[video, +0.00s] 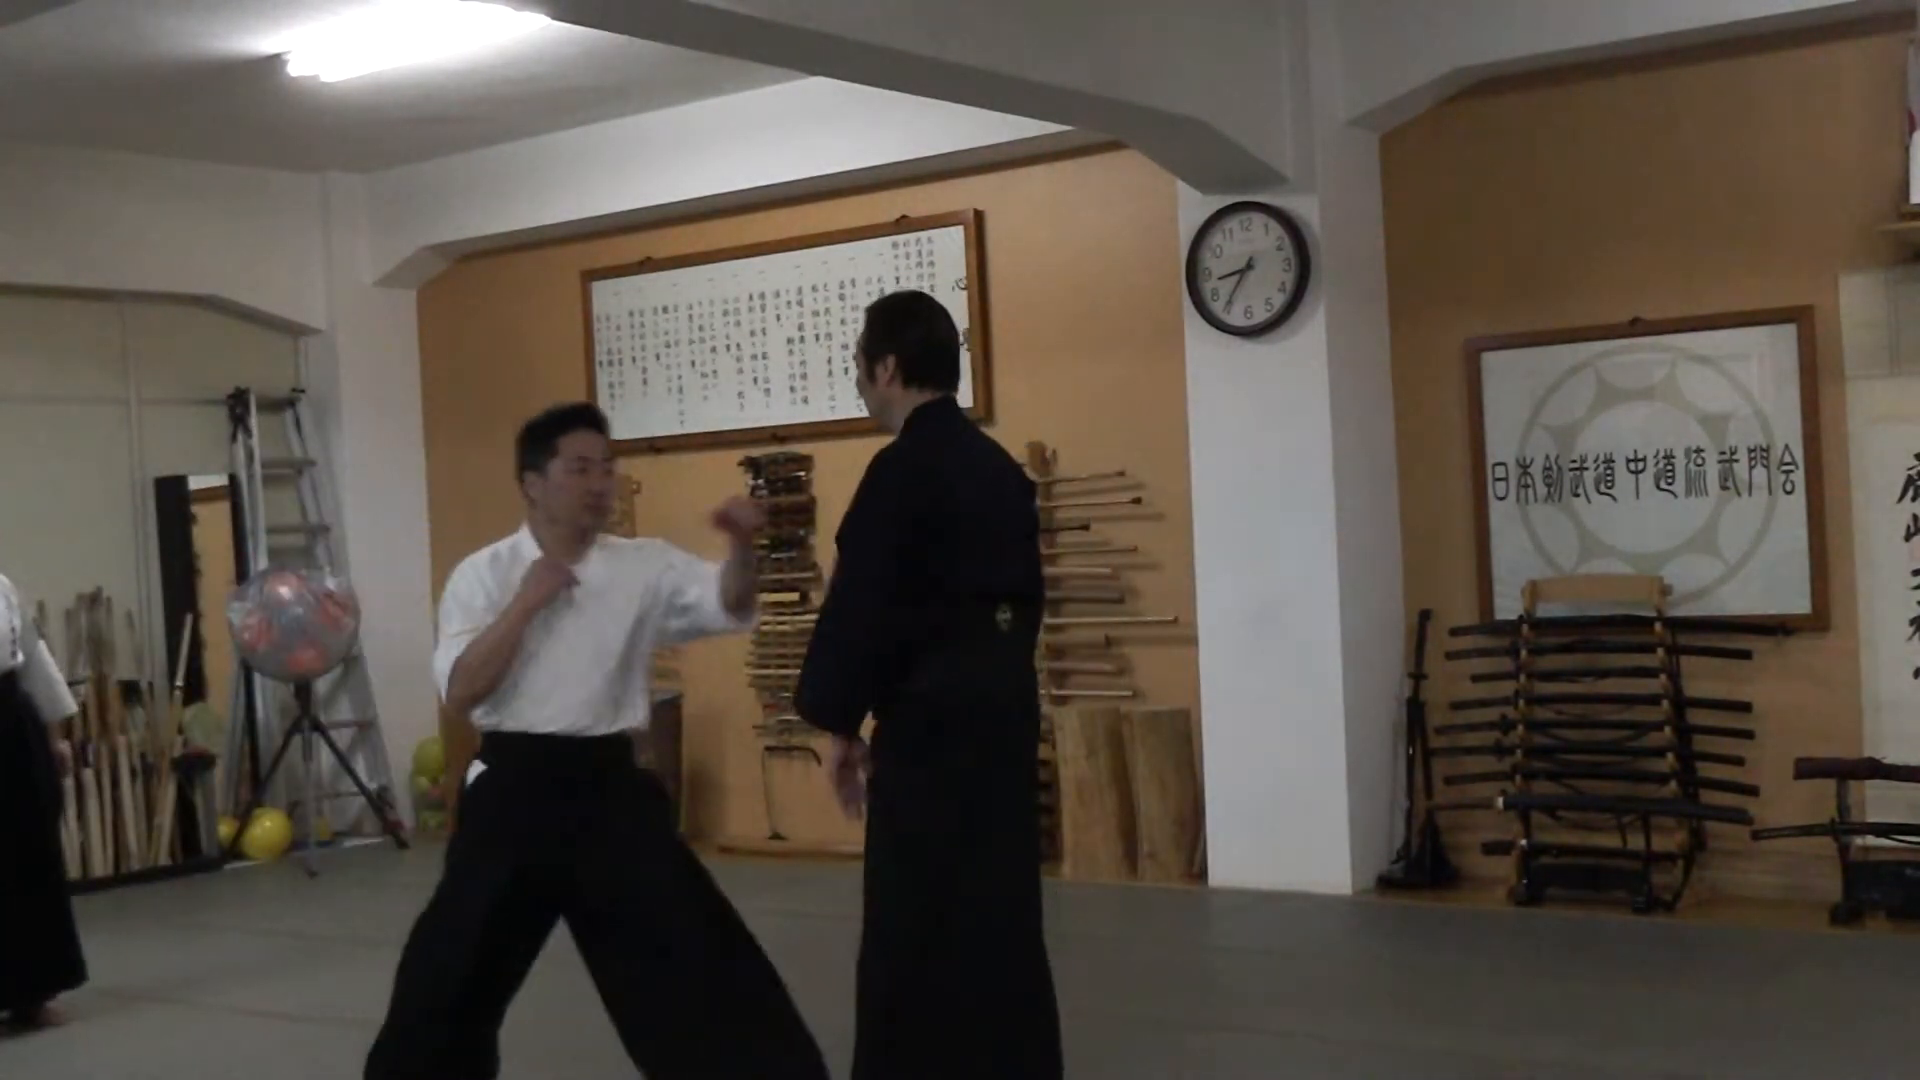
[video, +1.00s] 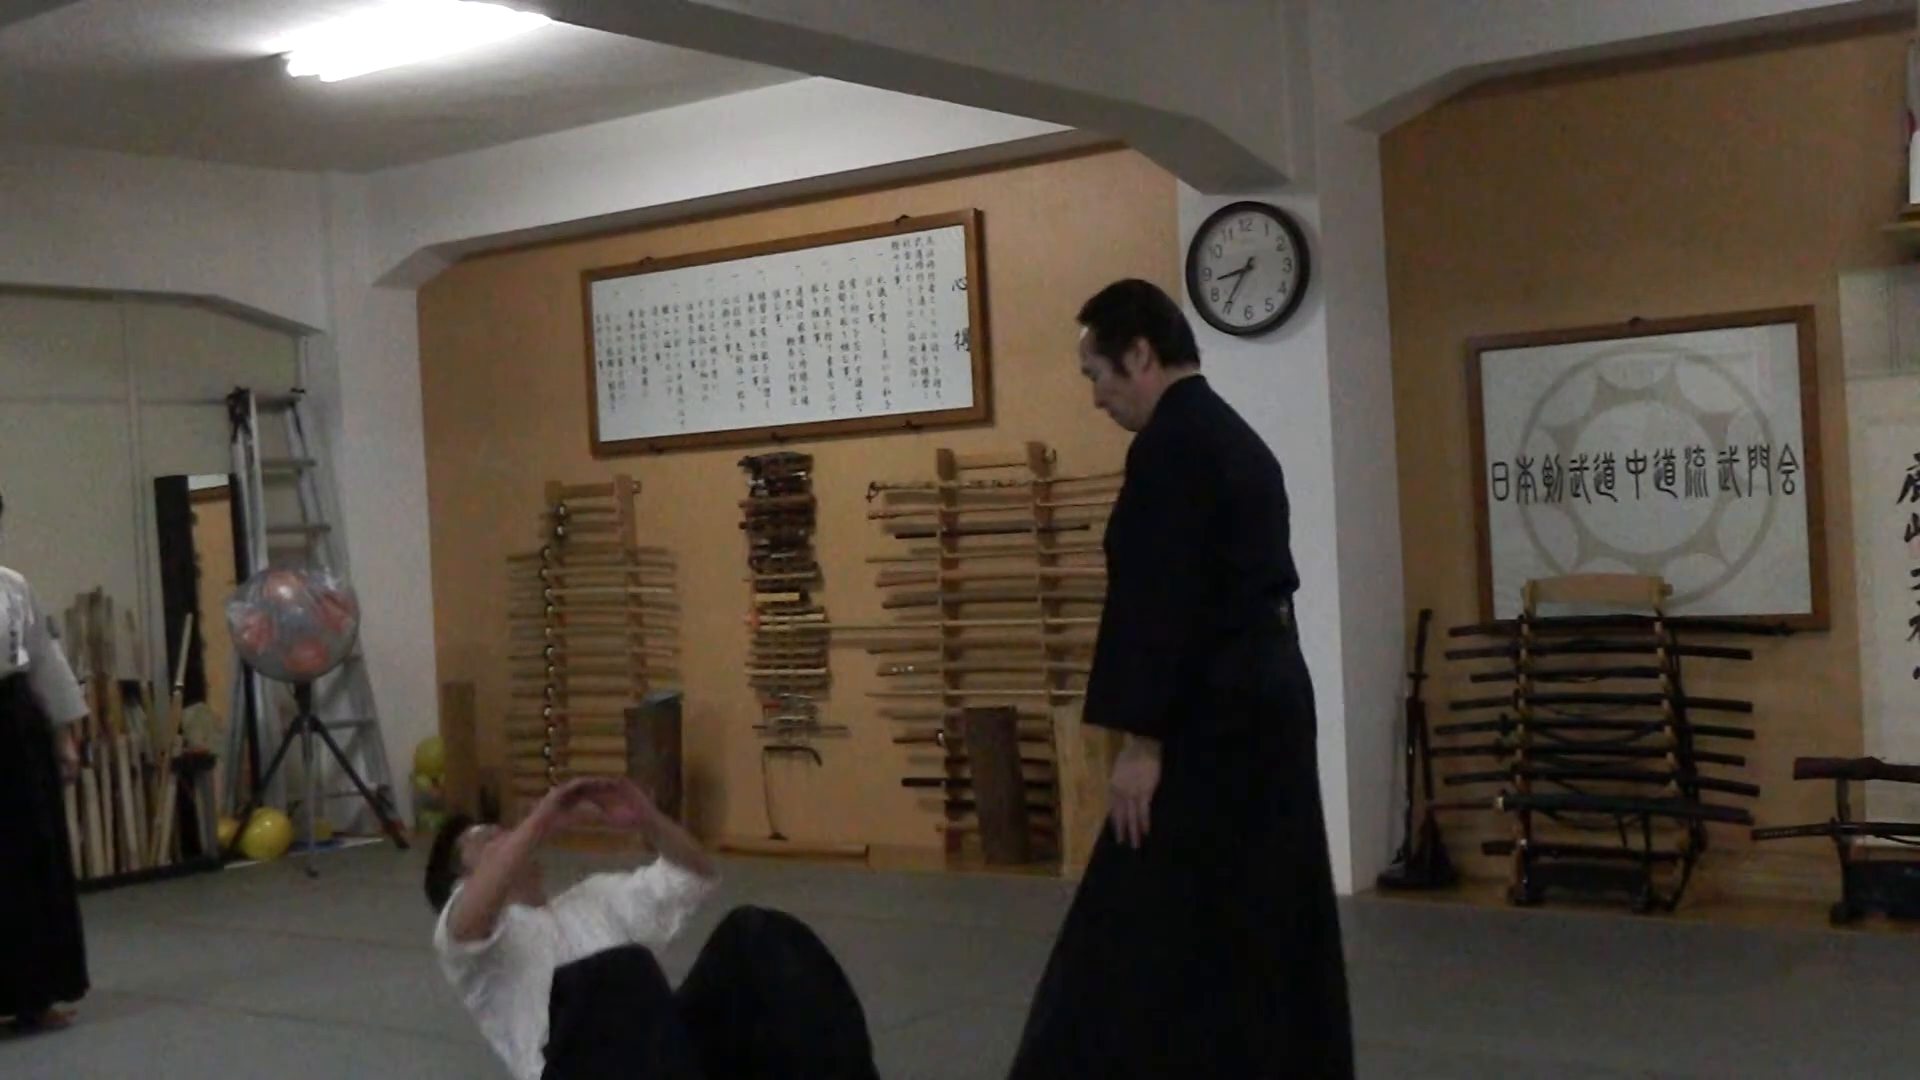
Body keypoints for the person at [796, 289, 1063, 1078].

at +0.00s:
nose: (860, 382)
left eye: (863, 366)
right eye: (860, 367)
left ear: (890, 369)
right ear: (947, 369)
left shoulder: (899, 470)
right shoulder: (1002, 469)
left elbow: (860, 604)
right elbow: (998, 622)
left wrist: (839, 727)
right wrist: (890, 725)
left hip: (924, 741)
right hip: (1001, 734)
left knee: (911, 940)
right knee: (998, 933)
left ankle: (913, 1072)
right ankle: (1013, 1070)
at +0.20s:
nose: (853, 371)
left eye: (857, 356)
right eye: (855, 357)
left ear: (883, 358)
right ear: (942, 359)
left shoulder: (849, 463)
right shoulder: (1012, 448)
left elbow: (823, 605)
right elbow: (1032, 576)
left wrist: (820, 729)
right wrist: (994, 642)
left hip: (916, 702)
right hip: (1008, 693)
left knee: (906, 896)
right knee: (1004, 891)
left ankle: (909, 1061)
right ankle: (1026, 1063)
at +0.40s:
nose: (877, 369)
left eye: (880, 354)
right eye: (879, 354)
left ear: (902, 357)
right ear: (967, 357)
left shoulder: (873, 467)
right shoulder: (1039, 448)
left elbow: (871, 619)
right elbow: (1069, 589)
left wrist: (876, 750)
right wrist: (1035, 682)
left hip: (951, 715)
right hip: (1045, 709)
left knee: (936, 911)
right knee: (1039, 904)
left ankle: (933, 1067)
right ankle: (1042, 1065)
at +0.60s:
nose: (941, 399)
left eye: (941, 381)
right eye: (937, 382)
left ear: (970, 371)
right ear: (1023, 367)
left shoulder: (966, 471)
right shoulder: (1089, 464)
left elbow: (941, 624)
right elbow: (1104, 610)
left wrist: (938, 761)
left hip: (1003, 731)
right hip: (1097, 716)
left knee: (971, 918)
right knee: (1094, 907)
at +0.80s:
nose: (1023, 409)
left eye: (1023, 385)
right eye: (1017, 389)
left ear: (1064, 368)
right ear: (1085, 369)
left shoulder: (1081, 463)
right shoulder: (1175, 458)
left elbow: (1055, 610)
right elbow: (1184, 609)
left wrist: (1048, 744)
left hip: (1116, 739)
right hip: (1199, 723)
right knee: (1192, 928)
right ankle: (1216, 1069)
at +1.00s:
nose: (1095, 396)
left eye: (1096, 374)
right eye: (1089, 378)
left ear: (1140, 356)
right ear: (1154, 357)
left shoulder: (1173, 444)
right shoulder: (1230, 436)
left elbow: (1161, 601)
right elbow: (1244, 599)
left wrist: (1143, 740)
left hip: (1210, 726)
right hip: (1267, 715)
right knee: (1258, 935)